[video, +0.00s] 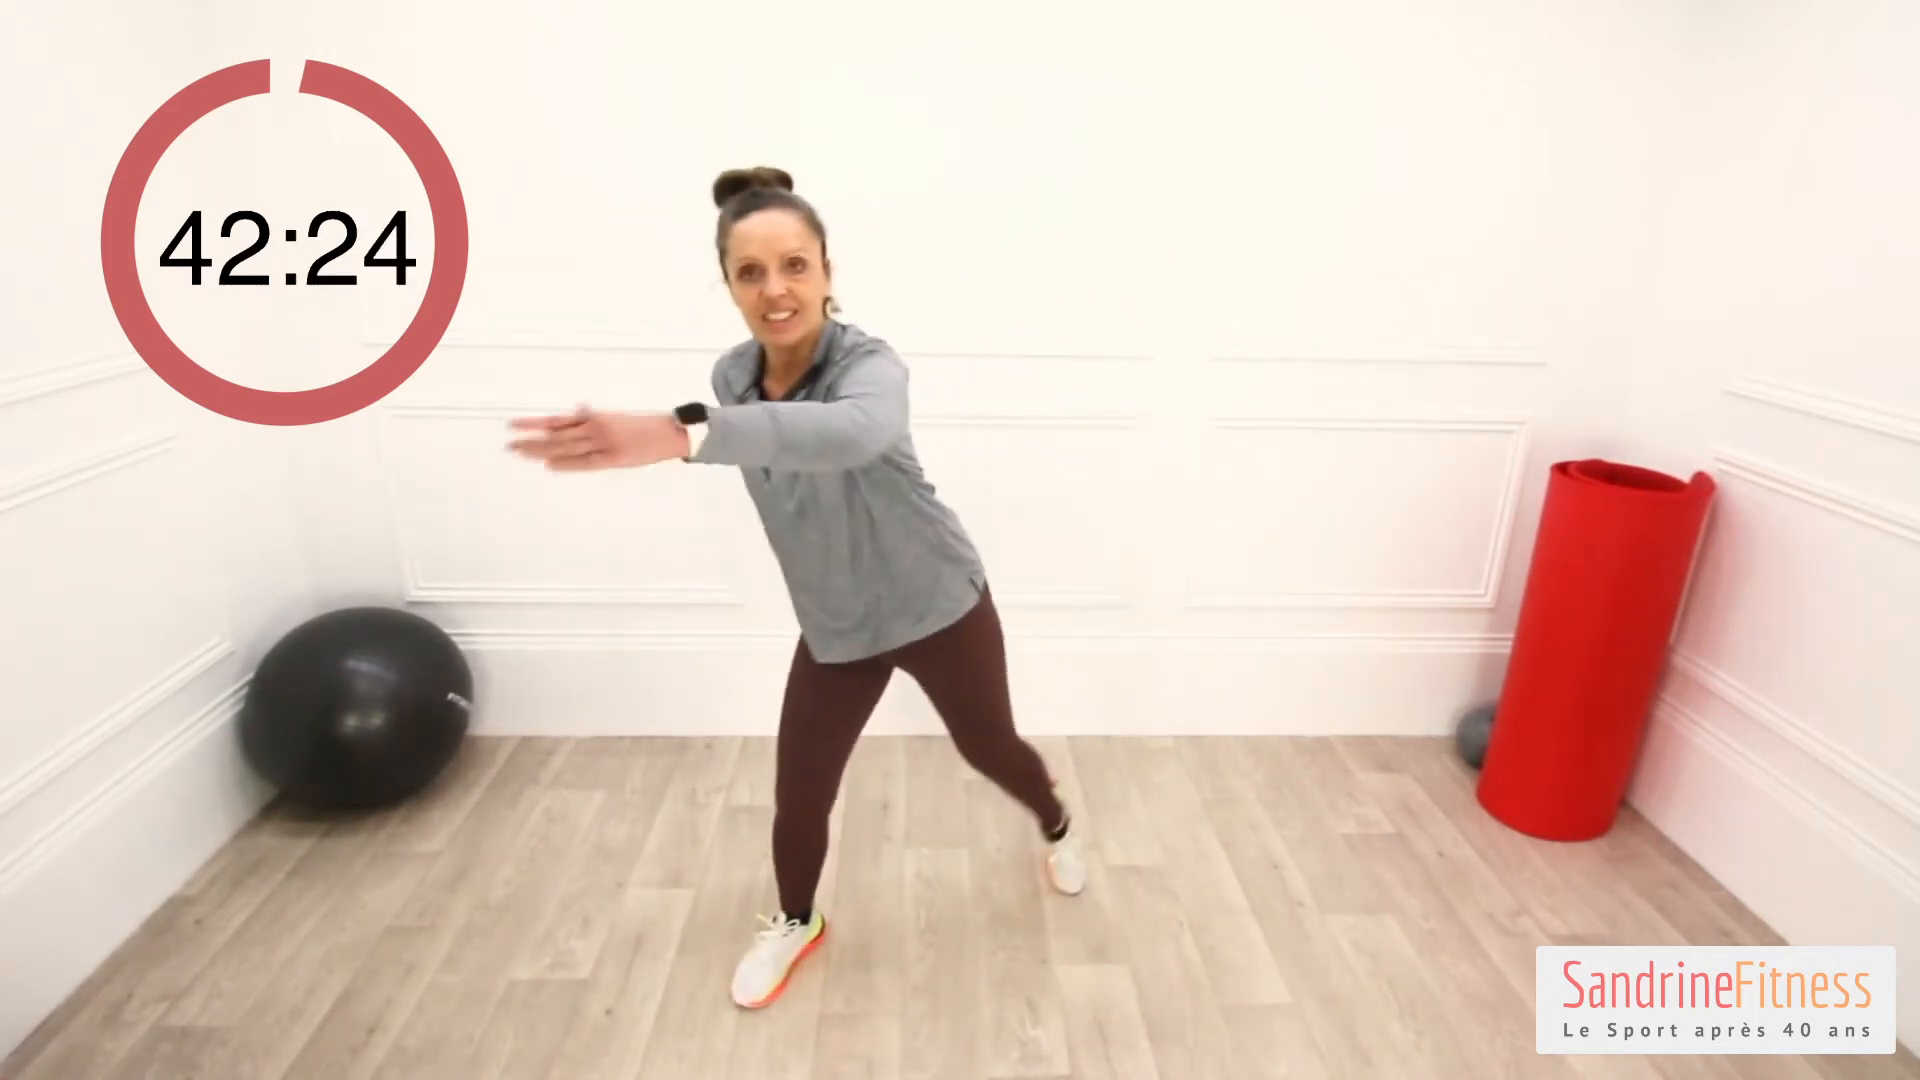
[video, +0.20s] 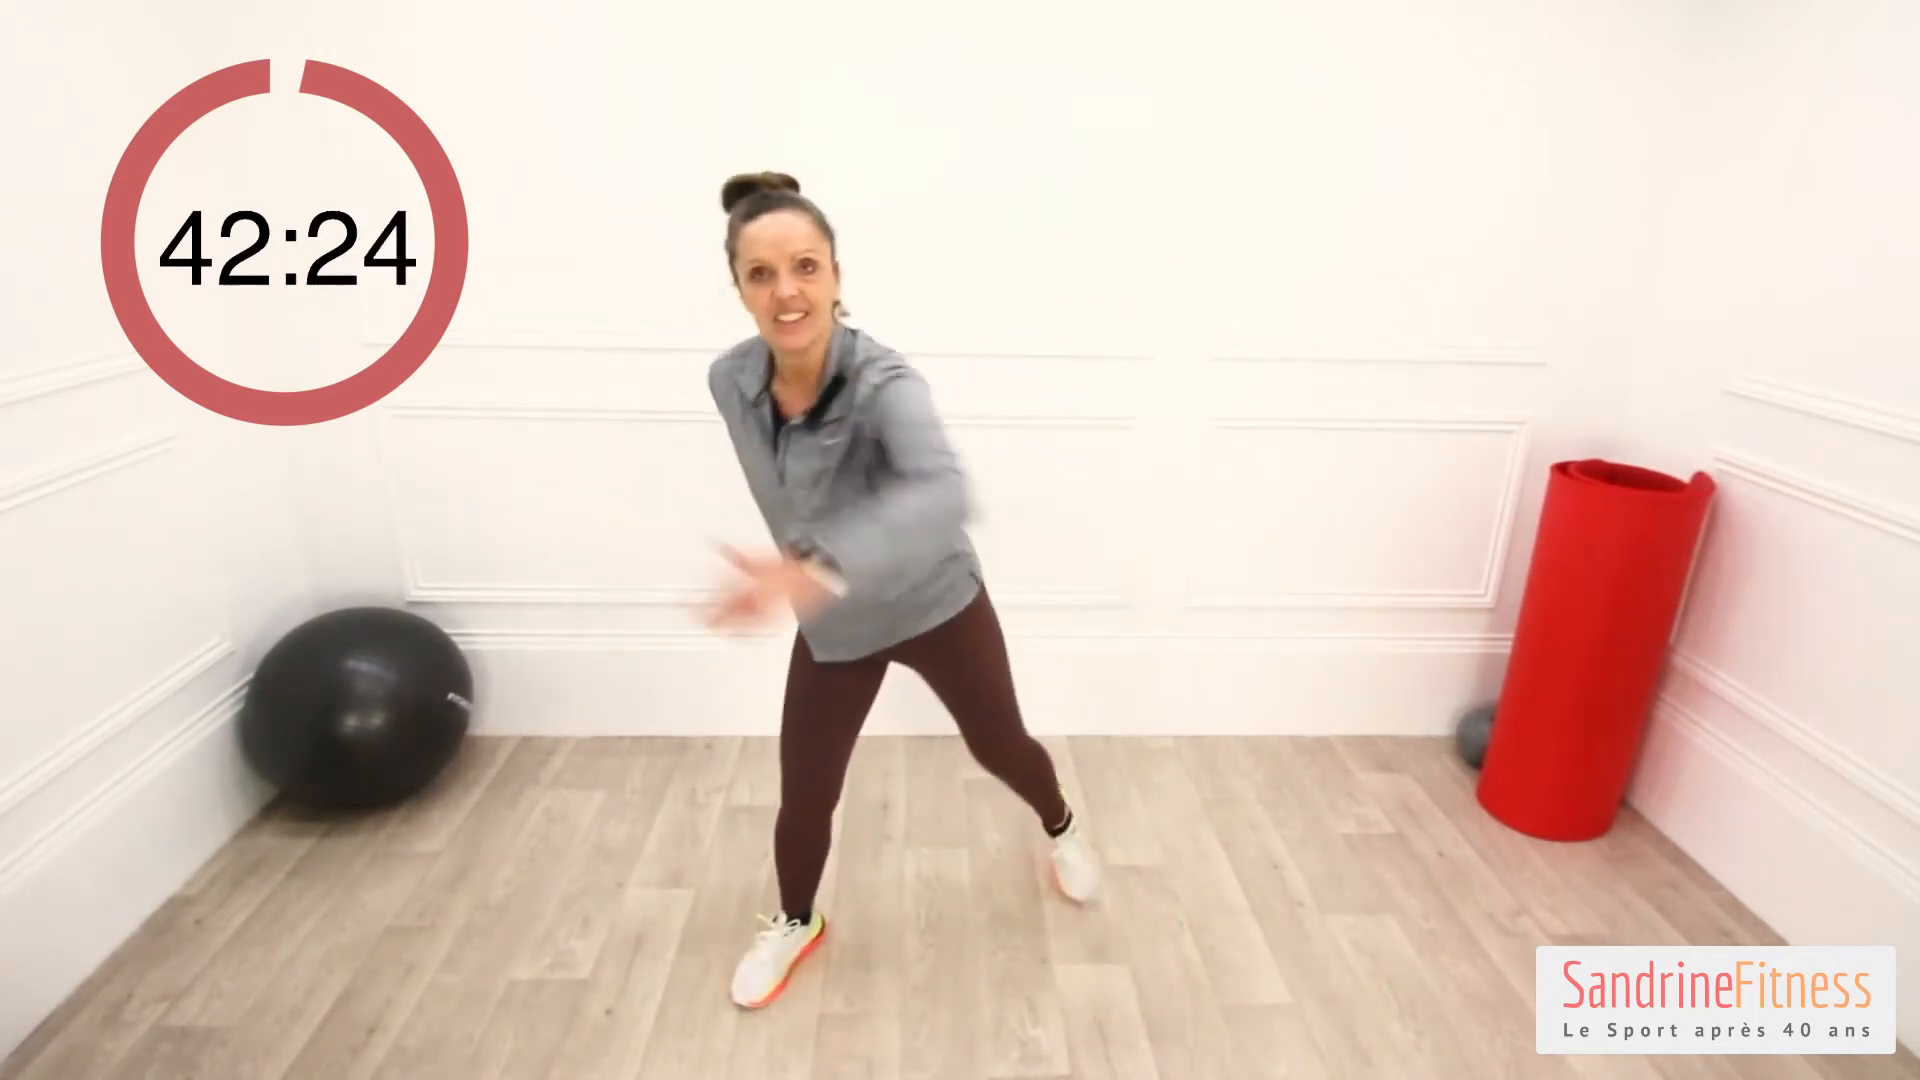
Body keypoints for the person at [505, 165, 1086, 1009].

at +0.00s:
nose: (776, 291)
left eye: (794, 266)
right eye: (751, 273)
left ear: (827, 274)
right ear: (729, 291)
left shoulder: (869, 364)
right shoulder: (733, 377)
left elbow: (866, 431)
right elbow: (765, 457)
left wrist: (687, 432)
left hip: (936, 604)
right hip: (836, 623)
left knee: (992, 751)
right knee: (800, 794)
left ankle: (1058, 824)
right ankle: (797, 921)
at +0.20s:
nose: (787, 292)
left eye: (805, 268)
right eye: (762, 275)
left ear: (836, 275)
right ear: (740, 292)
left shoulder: (884, 384)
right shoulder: (733, 382)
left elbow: (943, 495)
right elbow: (786, 499)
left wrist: (828, 568)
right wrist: (796, 570)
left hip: (938, 603)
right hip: (834, 620)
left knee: (999, 745)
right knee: (805, 793)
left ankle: (1064, 829)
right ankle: (796, 921)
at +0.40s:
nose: (882, 317)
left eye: (899, 293)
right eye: (858, 299)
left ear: (924, 301)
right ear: (831, 314)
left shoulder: (980, 424)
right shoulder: (788, 406)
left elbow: (1095, 532)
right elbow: (747, 434)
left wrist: (1037, 641)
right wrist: (767, 535)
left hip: (965, 636)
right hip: (851, 639)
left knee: (1031, 786)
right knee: (821, 810)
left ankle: (1089, 894)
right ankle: (794, 923)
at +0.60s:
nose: (1011, 338)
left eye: (1024, 315)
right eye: (986, 322)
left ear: (1044, 322)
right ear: (955, 337)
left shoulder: (1084, 437)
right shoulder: (911, 445)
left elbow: (1108, 518)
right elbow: (849, 546)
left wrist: (1093, 608)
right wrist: (897, 637)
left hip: (1007, 645)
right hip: (902, 643)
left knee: (1061, 804)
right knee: (864, 816)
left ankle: (1102, 909)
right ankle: (792, 925)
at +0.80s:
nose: (1122, 292)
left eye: (1138, 268)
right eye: (1095, 275)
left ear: (1157, 275)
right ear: (1061, 292)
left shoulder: (1162, 379)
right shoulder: (1040, 398)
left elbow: (1131, 483)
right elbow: (1101, 548)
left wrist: (1109, 560)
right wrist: (1240, 492)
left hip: (1052, 613)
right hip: (959, 592)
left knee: (1075, 782)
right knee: (866, 733)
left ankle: (1102, 905)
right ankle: (768, 866)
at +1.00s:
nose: (1149, 314)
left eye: (1166, 292)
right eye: (1125, 297)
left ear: (1183, 300)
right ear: (1088, 311)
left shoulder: (1180, 395)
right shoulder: (1071, 414)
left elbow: (1128, 501)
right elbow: (1199, 505)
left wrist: (1134, 576)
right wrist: (1363, 452)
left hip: (1068, 627)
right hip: (974, 611)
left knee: (1101, 797)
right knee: (905, 751)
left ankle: (1100, 909)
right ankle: (811, 839)